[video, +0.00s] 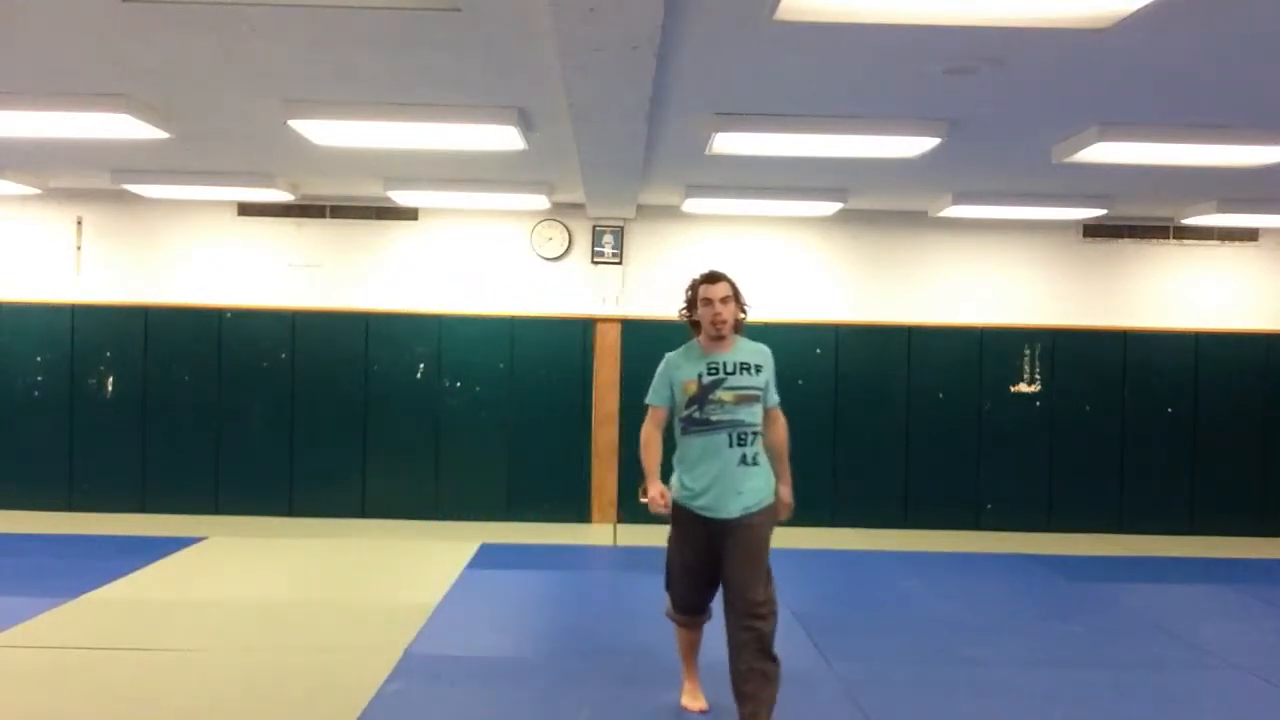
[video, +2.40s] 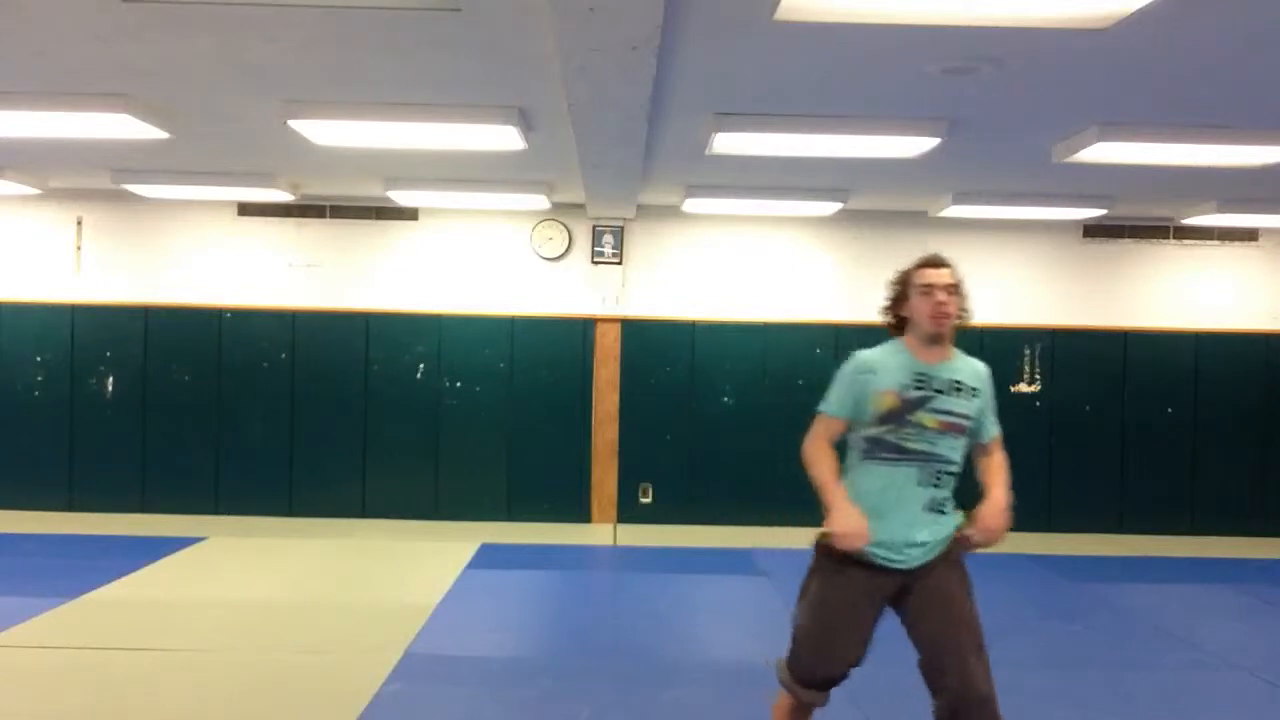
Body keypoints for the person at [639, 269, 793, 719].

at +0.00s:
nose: (717, 310)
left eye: (725, 301)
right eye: (707, 303)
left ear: (738, 307)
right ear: (695, 310)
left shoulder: (760, 356)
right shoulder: (675, 363)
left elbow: (773, 420)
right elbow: (652, 425)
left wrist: (783, 480)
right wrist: (653, 478)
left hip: (752, 503)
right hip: (693, 504)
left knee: (752, 613)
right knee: (688, 602)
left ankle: (756, 710)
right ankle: (690, 678)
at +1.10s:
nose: (721, 292)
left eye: (731, 281)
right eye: (710, 283)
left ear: (750, 290)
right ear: (699, 295)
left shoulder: (786, 342)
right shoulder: (689, 356)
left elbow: (815, 419)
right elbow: (682, 434)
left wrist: (769, 403)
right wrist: (679, 504)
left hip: (771, 524)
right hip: (704, 526)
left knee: (775, 652)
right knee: (709, 655)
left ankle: (788, 718)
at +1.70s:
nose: (754, 287)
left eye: (765, 278)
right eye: (743, 278)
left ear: (783, 289)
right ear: (731, 293)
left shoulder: (816, 338)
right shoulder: (726, 360)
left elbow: (859, 413)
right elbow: (733, 439)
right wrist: (728, 509)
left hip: (815, 528)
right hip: (749, 531)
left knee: (810, 671)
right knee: (762, 672)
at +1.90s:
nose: (780, 288)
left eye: (791, 279)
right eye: (770, 279)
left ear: (806, 290)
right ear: (753, 292)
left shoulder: (841, 348)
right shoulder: (741, 361)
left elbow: (881, 426)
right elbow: (739, 439)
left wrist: (876, 508)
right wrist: (734, 505)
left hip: (835, 535)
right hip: (763, 535)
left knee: (850, 668)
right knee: (766, 668)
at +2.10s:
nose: (829, 288)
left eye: (839, 280)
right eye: (817, 278)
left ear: (851, 293)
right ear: (796, 291)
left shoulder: (880, 355)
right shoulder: (770, 360)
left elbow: (911, 430)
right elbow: (751, 436)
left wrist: (903, 505)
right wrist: (745, 506)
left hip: (861, 535)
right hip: (783, 536)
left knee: (903, 671)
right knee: (776, 669)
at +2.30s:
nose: (900, 299)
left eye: (909, 290)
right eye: (887, 290)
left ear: (919, 303)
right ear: (863, 302)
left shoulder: (943, 370)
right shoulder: (826, 368)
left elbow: (958, 443)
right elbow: (786, 441)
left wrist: (957, 504)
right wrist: (795, 509)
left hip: (910, 548)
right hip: (828, 547)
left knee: (950, 676)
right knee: (794, 677)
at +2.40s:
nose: (942, 301)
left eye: (950, 292)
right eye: (928, 292)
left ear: (960, 304)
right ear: (904, 305)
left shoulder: (976, 375)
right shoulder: (867, 366)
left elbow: (989, 450)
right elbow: (817, 442)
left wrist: (996, 501)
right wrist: (839, 506)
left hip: (934, 557)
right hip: (853, 554)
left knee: (971, 696)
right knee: (810, 682)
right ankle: (794, 708)